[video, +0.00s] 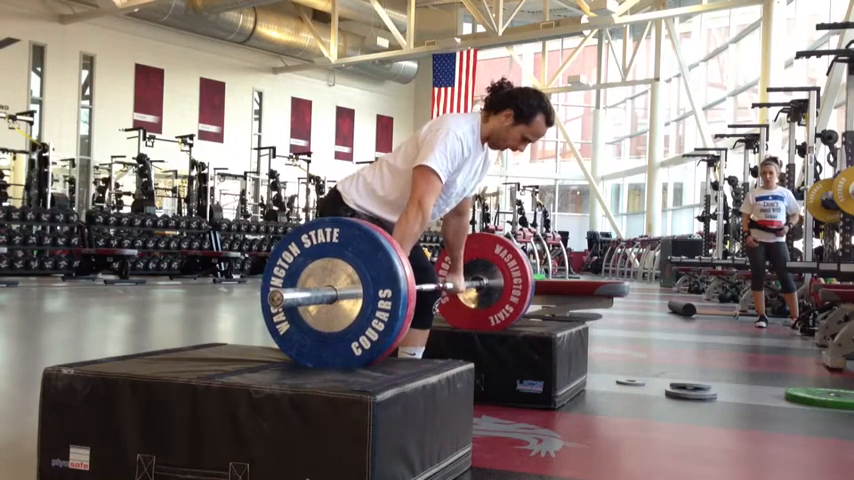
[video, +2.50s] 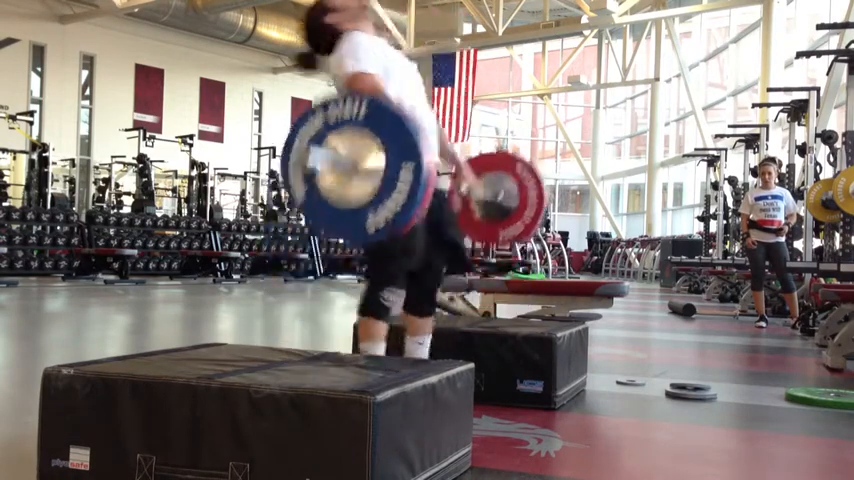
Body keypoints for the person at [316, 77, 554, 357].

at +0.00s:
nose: (521, 148)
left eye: (529, 143)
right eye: (524, 138)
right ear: (507, 116)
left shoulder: (483, 153)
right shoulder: (453, 132)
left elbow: (457, 215)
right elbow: (419, 207)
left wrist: (457, 271)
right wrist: (388, 270)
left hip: (389, 223)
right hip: (350, 210)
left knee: (424, 287)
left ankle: (406, 382)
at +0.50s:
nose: (478, 112)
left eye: (483, 105)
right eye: (477, 101)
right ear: (452, 88)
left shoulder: (448, 140)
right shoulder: (413, 120)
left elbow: (443, 209)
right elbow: (399, 201)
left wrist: (457, 266)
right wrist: (388, 270)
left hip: (386, 233)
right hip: (346, 226)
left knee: (432, 289)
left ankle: (407, 385)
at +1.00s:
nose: (468, 70)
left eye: (468, 64)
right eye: (460, 63)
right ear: (434, 72)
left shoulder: (447, 135)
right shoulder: (413, 119)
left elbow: (442, 205)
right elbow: (398, 199)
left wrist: (455, 262)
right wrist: (389, 269)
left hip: (385, 229)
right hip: (348, 224)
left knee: (430, 290)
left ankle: (408, 383)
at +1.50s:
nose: (473, 64)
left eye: (471, 58)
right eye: (464, 59)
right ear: (440, 72)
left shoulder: (452, 131)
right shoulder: (424, 117)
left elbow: (446, 204)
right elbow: (404, 198)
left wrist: (455, 263)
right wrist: (391, 265)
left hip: (381, 225)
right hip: (345, 217)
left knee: (429, 287)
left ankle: (408, 384)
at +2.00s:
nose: (468, 51)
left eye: (464, 45)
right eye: (458, 46)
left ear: (443, 63)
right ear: (436, 62)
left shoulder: (454, 120)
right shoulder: (424, 106)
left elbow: (447, 194)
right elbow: (407, 190)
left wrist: (456, 255)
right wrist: (396, 259)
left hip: (389, 219)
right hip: (353, 214)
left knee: (433, 285)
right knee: (391, 295)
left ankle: (409, 383)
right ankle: (371, 386)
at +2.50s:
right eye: (337, 1)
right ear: (334, 20)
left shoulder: (389, 52)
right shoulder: (354, 44)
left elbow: (420, 115)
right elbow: (368, 105)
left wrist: (457, 158)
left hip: (426, 183)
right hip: (390, 182)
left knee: (426, 278)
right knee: (387, 280)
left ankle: (415, 373)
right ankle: (371, 377)